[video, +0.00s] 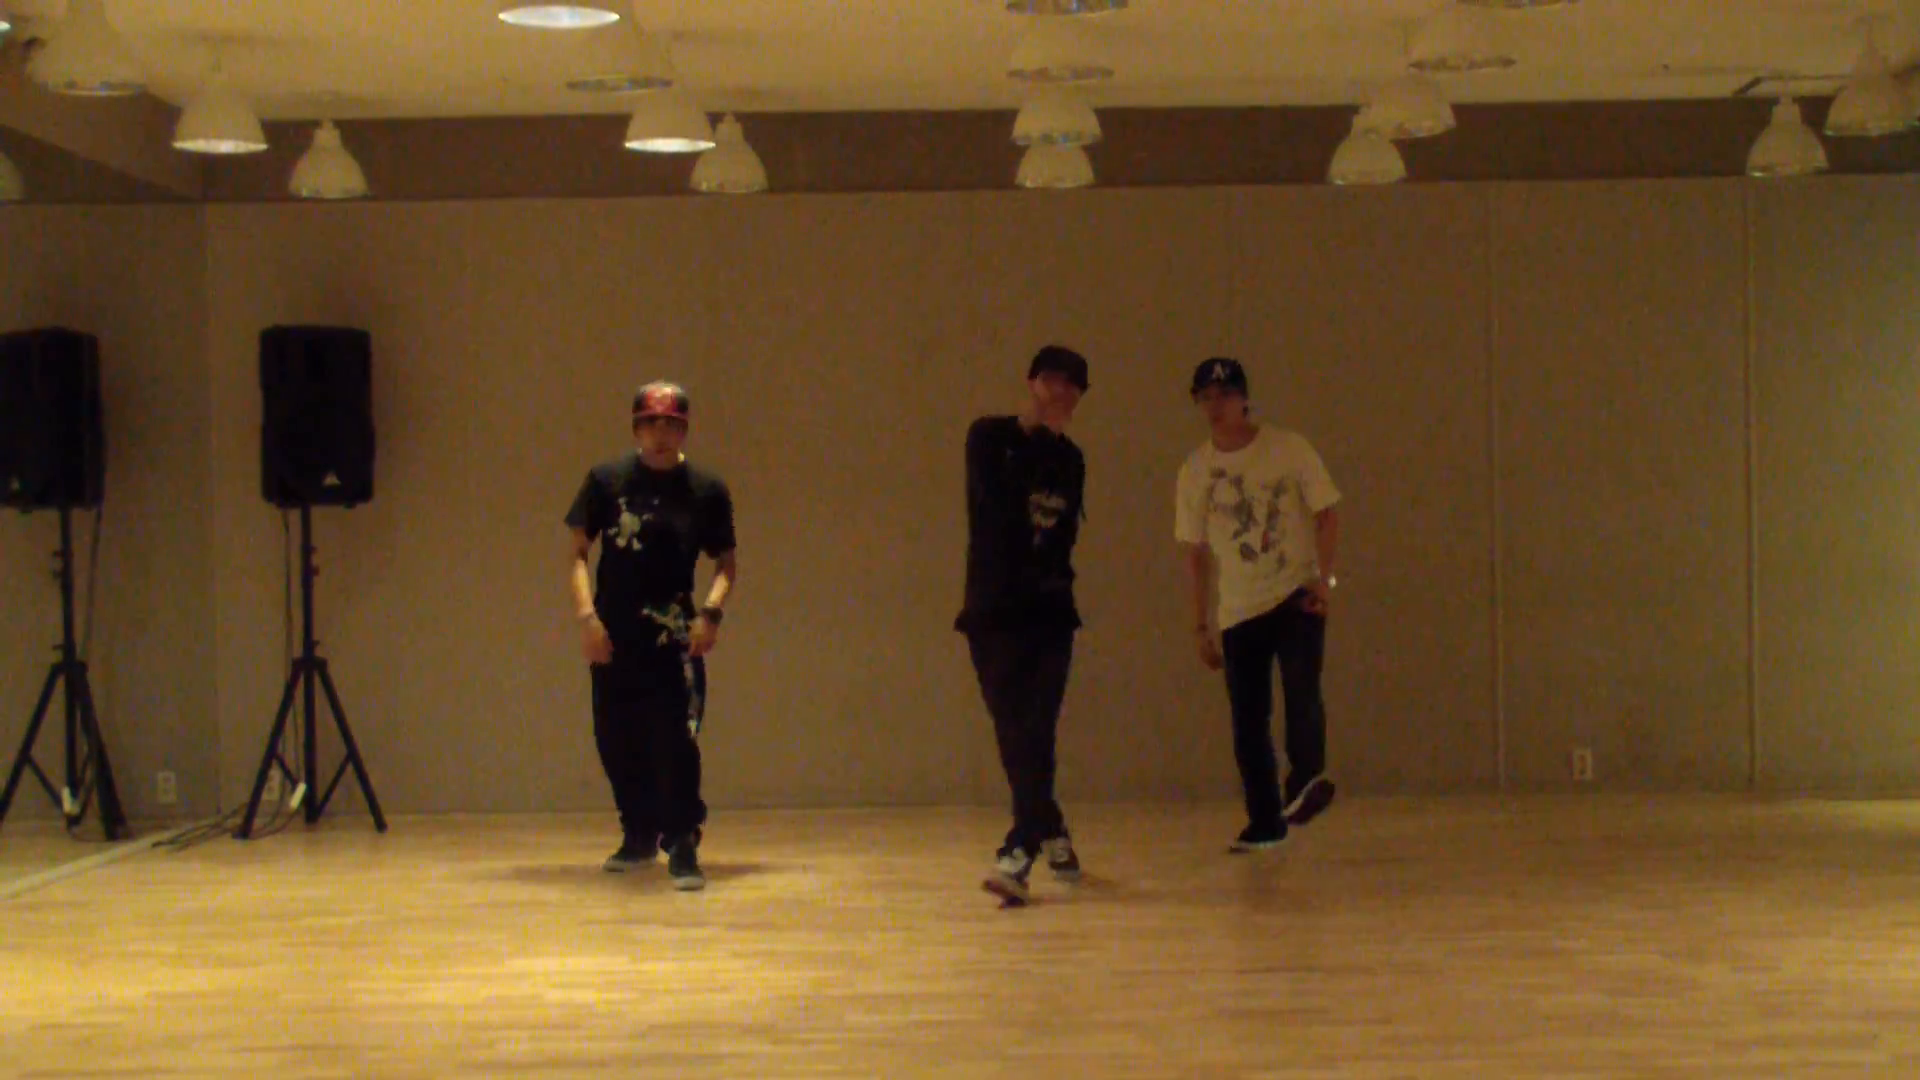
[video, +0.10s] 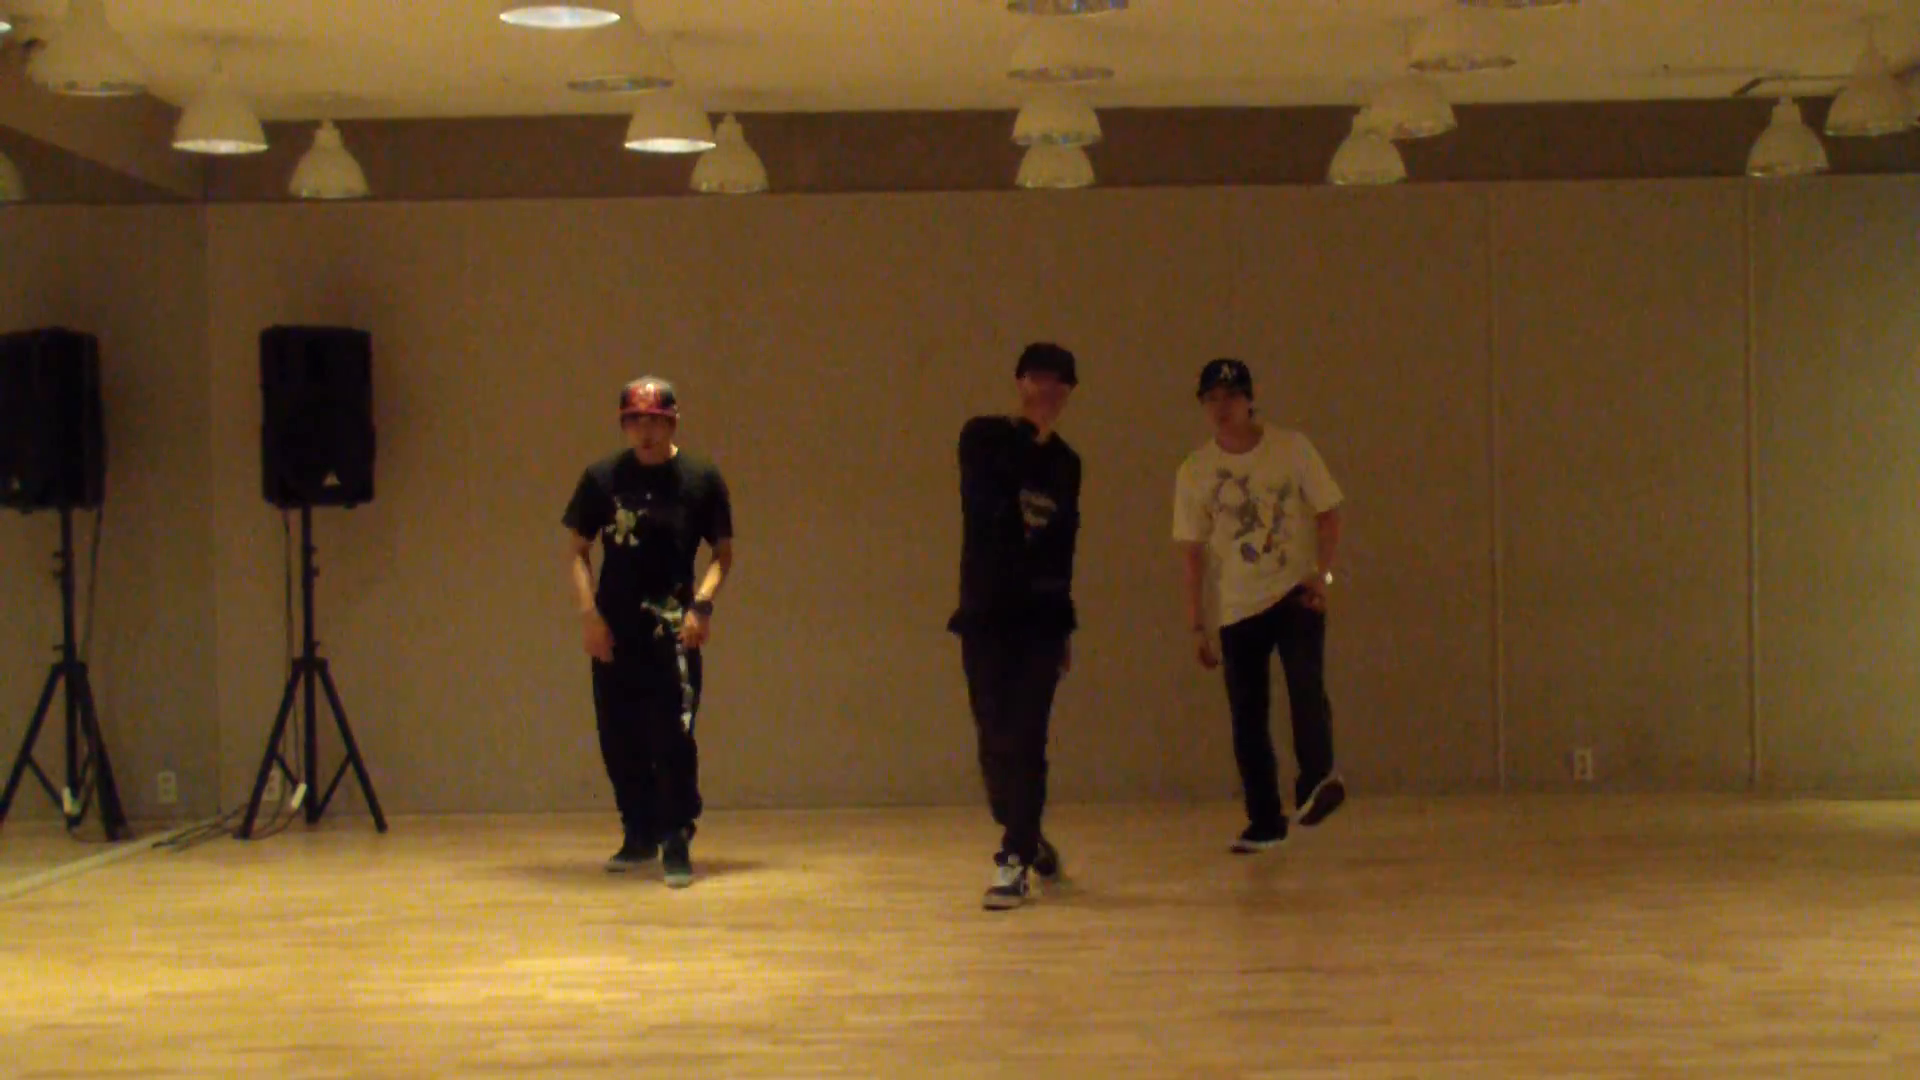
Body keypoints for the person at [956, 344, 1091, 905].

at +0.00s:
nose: (1065, 396)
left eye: (1074, 388)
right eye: (1057, 384)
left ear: (1080, 396)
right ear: (1033, 383)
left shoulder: (1071, 457)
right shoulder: (989, 435)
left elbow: (1064, 536)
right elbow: (985, 517)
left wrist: (1051, 594)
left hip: (1049, 612)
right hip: (993, 609)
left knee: (1037, 726)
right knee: (1012, 727)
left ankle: (1021, 844)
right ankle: (1052, 832)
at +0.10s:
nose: (1046, 390)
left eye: (1056, 382)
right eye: (1037, 379)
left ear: (1069, 392)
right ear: (1020, 383)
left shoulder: (1065, 461)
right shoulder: (982, 435)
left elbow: (1062, 551)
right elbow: (989, 493)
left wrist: (1062, 628)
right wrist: (1036, 436)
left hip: (1040, 617)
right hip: (985, 613)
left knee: (1026, 735)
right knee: (994, 735)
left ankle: (1014, 856)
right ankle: (1028, 837)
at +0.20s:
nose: (1026, 385)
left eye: (1036, 375)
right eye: (1016, 374)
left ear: (1050, 381)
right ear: (998, 377)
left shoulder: (1068, 455)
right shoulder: (971, 435)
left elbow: (1071, 547)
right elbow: (944, 488)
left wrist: (1064, 626)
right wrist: (984, 427)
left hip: (1037, 615)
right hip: (978, 612)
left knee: (1022, 738)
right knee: (972, 735)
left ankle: (1015, 859)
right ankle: (992, 831)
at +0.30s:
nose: (1000, 378)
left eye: (1011, 367)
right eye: (991, 367)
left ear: (1028, 372)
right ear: (974, 372)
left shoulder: (1062, 442)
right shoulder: (956, 437)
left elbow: (1080, 535)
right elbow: (923, 496)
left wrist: (1071, 616)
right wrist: (958, 429)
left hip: (1036, 612)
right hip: (972, 609)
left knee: (1021, 737)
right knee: (960, 732)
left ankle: (1015, 859)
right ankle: (967, 843)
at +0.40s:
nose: (987, 375)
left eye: (996, 364)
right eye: (976, 365)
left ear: (1013, 369)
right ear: (960, 372)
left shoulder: (1052, 434)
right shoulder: (948, 442)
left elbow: (1081, 526)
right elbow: (925, 524)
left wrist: (1076, 607)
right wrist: (929, 453)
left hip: (1036, 610)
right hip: (969, 609)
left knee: (1022, 739)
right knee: (954, 736)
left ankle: (1014, 862)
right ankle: (951, 860)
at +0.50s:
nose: (969, 376)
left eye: (979, 366)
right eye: (959, 367)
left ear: (998, 370)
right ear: (945, 374)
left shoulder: (1041, 430)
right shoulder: (943, 448)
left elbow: (1078, 517)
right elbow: (937, 540)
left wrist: (1076, 599)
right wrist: (919, 501)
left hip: (1033, 605)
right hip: (967, 606)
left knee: (1023, 738)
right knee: (954, 732)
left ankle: (1016, 860)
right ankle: (949, 857)